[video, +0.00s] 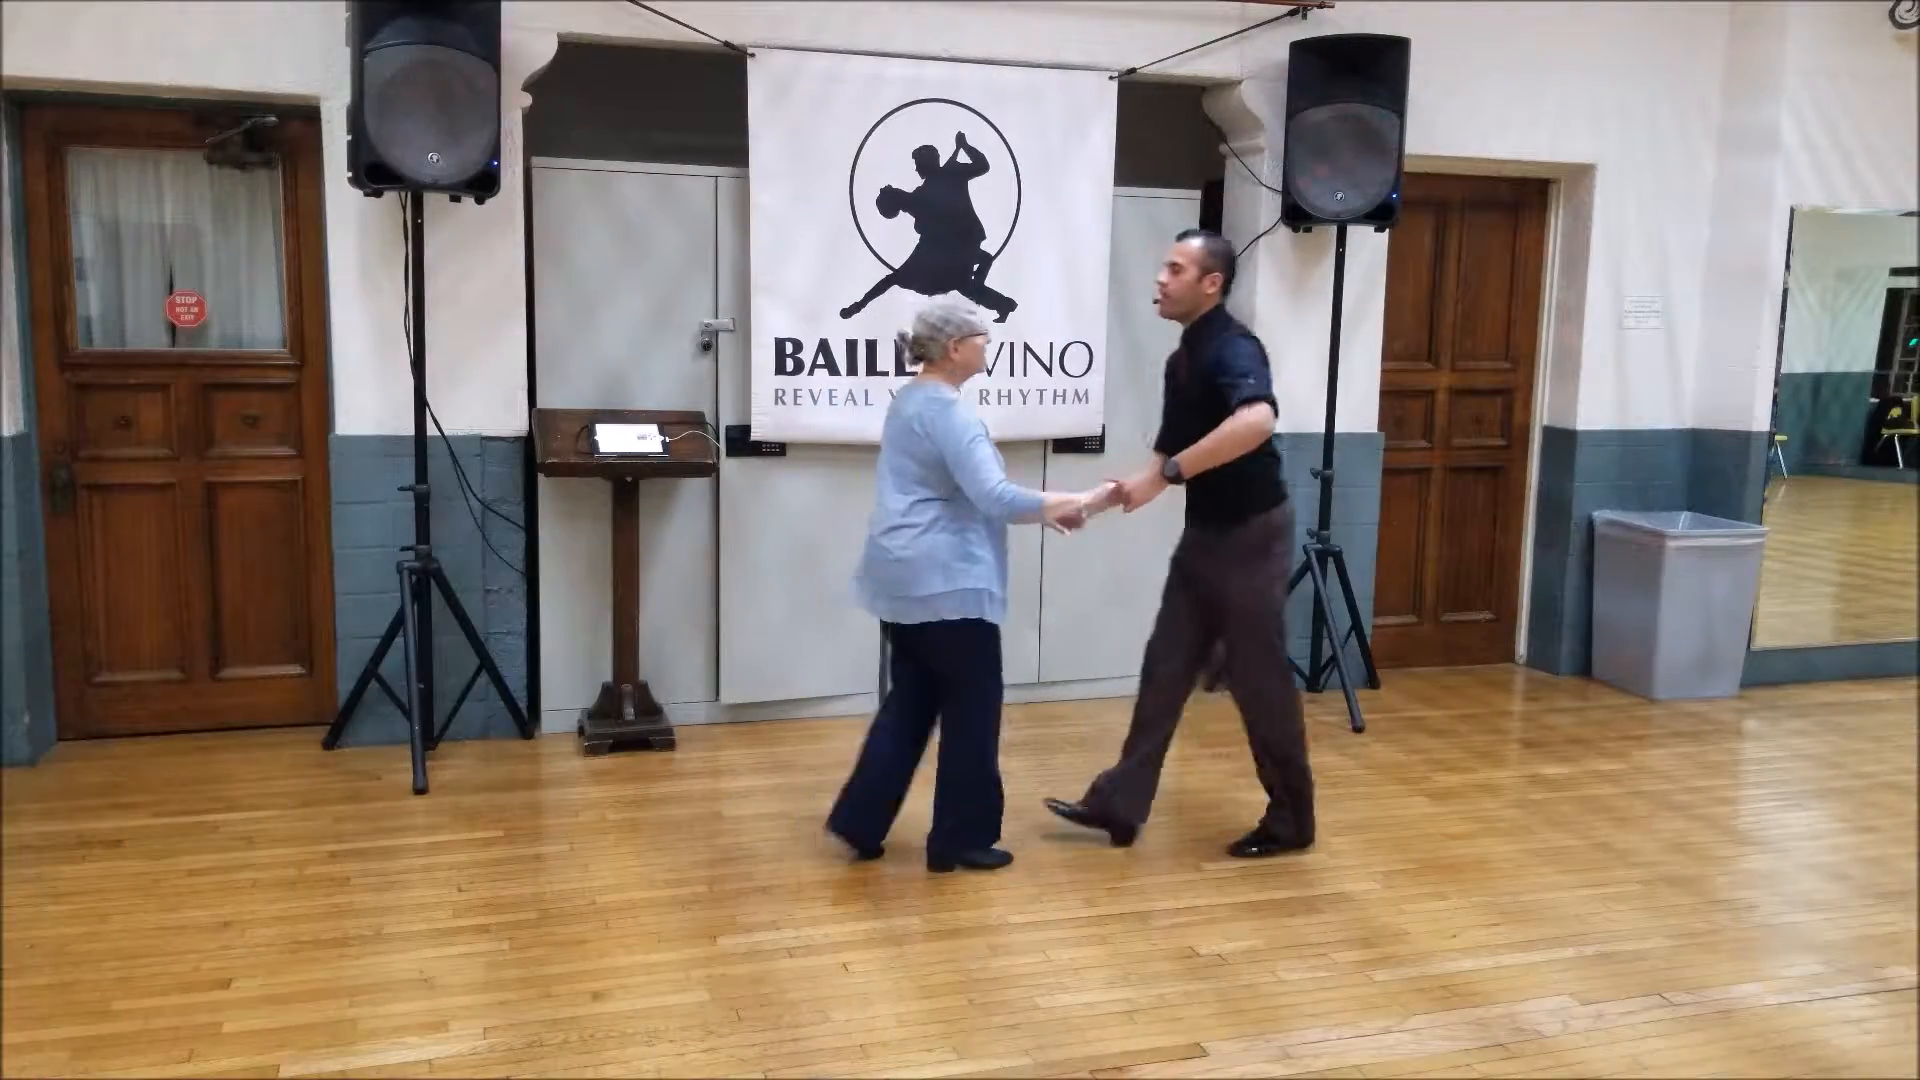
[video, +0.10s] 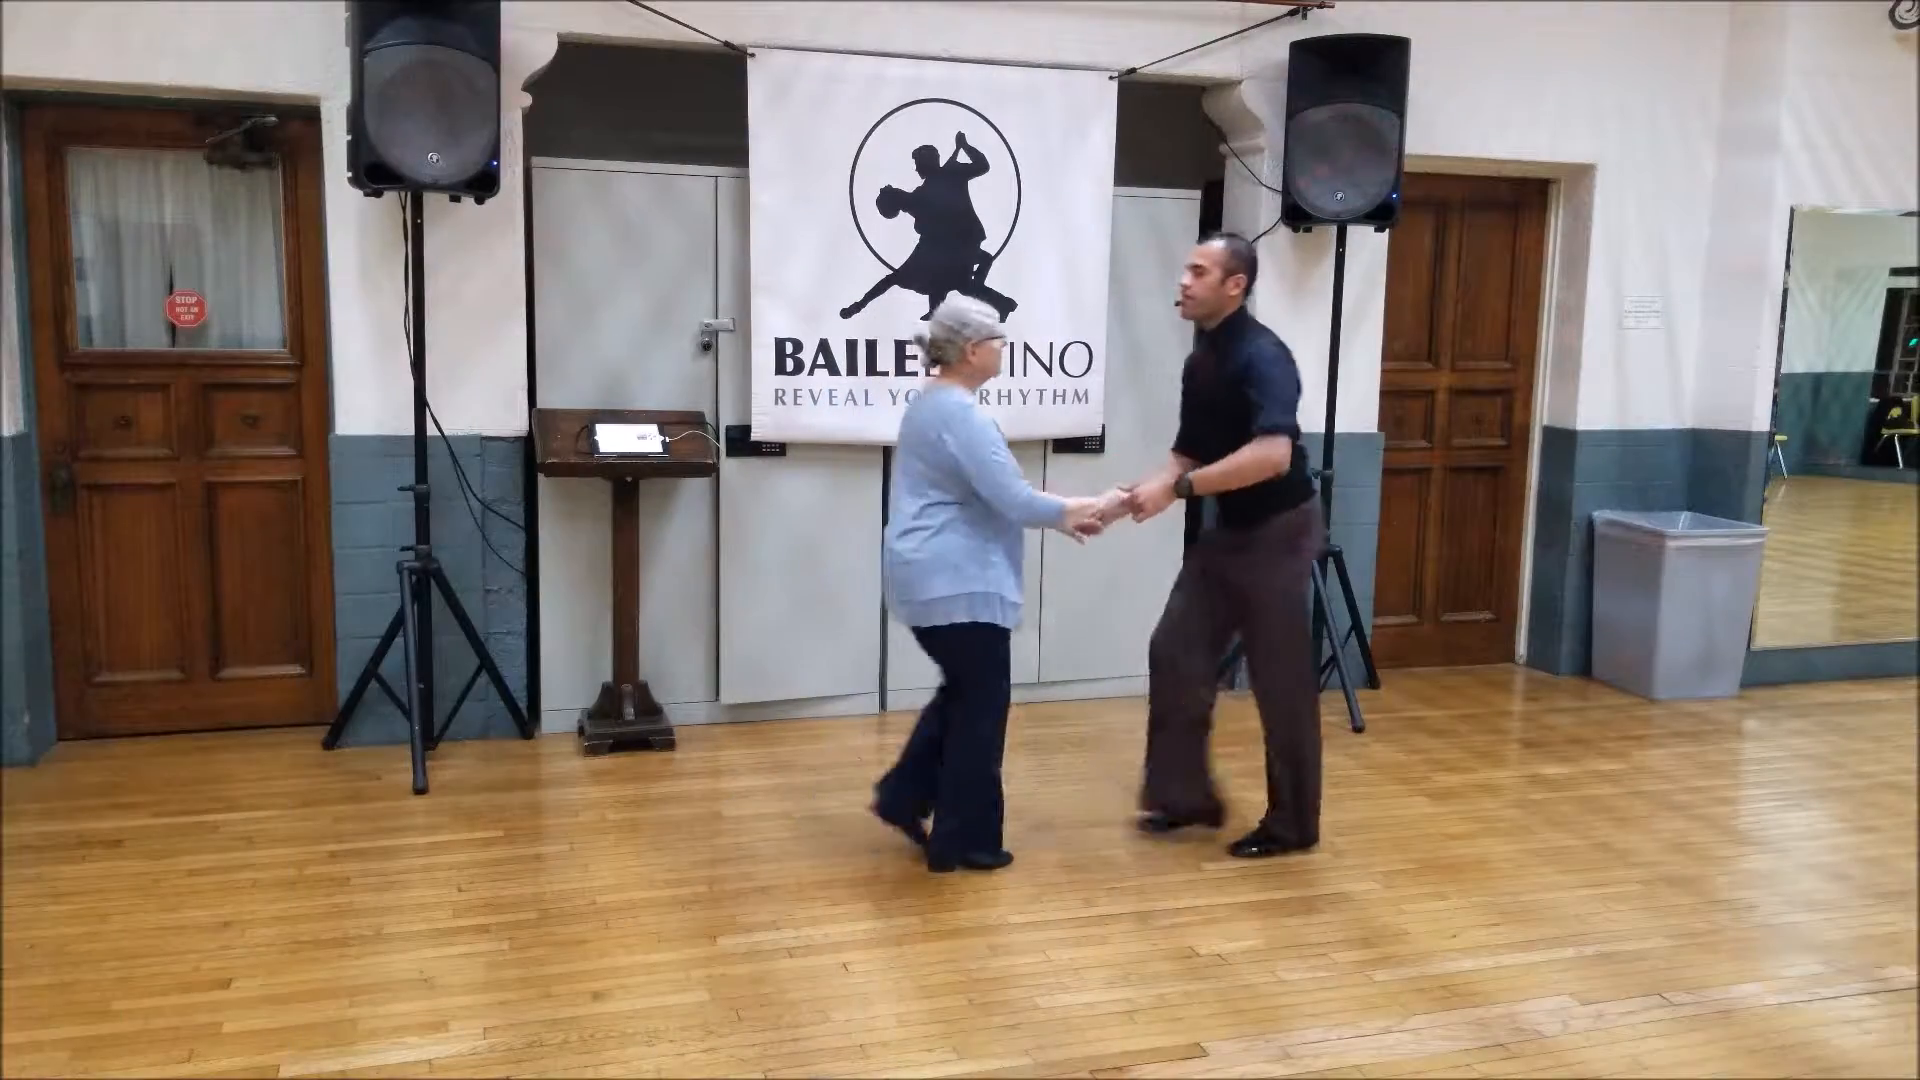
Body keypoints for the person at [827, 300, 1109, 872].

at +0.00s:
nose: (986, 348)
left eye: (983, 339)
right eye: (980, 339)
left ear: (941, 348)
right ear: (955, 347)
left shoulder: (908, 402)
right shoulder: (949, 412)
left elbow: (969, 493)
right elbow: (995, 497)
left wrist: (1042, 511)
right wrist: (1062, 503)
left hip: (900, 577)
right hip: (949, 582)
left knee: (913, 700)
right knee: (975, 710)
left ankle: (858, 820)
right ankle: (961, 841)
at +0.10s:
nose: (1001, 352)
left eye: (999, 342)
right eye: (994, 343)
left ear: (956, 352)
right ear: (967, 352)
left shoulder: (926, 409)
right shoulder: (960, 414)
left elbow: (991, 496)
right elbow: (1011, 499)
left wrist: (1059, 513)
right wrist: (1079, 510)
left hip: (925, 580)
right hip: (960, 582)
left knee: (965, 688)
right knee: (984, 700)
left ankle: (904, 794)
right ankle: (966, 840)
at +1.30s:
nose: (949, 347)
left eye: (946, 338)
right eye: (940, 339)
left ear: (895, 351)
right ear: (912, 350)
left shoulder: (862, 404)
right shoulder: (913, 419)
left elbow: (898, 481)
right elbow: (933, 518)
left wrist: (968, 481)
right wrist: (989, 533)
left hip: (844, 586)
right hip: (894, 591)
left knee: (850, 714)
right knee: (935, 709)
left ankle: (819, 844)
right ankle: (949, 849)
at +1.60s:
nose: (899, 347)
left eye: (896, 337)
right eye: (891, 338)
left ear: (850, 347)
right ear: (861, 345)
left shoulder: (822, 400)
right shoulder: (852, 412)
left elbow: (860, 492)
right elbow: (858, 507)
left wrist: (926, 499)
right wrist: (923, 526)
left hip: (808, 580)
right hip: (831, 588)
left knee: (821, 717)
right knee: (819, 721)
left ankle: (821, 847)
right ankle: (714, 827)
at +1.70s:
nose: (886, 347)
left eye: (883, 337)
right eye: (877, 338)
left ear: (841, 348)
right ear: (847, 348)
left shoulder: (820, 401)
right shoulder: (836, 413)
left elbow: (856, 496)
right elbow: (844, 513)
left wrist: (919, 500)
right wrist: (919, 529)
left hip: (818, 588)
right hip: (804, 589)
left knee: (824, 715)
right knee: (770, 716)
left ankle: (820, 844)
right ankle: (683, 843)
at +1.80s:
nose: (880, 350)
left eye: (877, 340)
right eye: (872, 341)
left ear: (835, 352)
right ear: (842, 351)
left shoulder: (809, 404)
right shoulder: (829, 417)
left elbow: (846, 499)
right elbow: (839, 519)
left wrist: (907, 505)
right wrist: (912, 532)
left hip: (812, 593)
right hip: (792, 593)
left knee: (825, 715)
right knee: (745, 725)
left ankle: (820, 843)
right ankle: (675, 850)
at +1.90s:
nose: (871, 353)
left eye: (870, 344)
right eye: (864, 344)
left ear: (828, 353)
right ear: (833, 351)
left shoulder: (809, 408)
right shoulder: (812, 416)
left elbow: (853, 500)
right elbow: (855, 521)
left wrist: (904, 502)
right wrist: (917, 520)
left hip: (814, 597)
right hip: (787, 596)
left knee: (826, 713)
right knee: (750, 721)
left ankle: (790, 844)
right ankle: (676, 851)